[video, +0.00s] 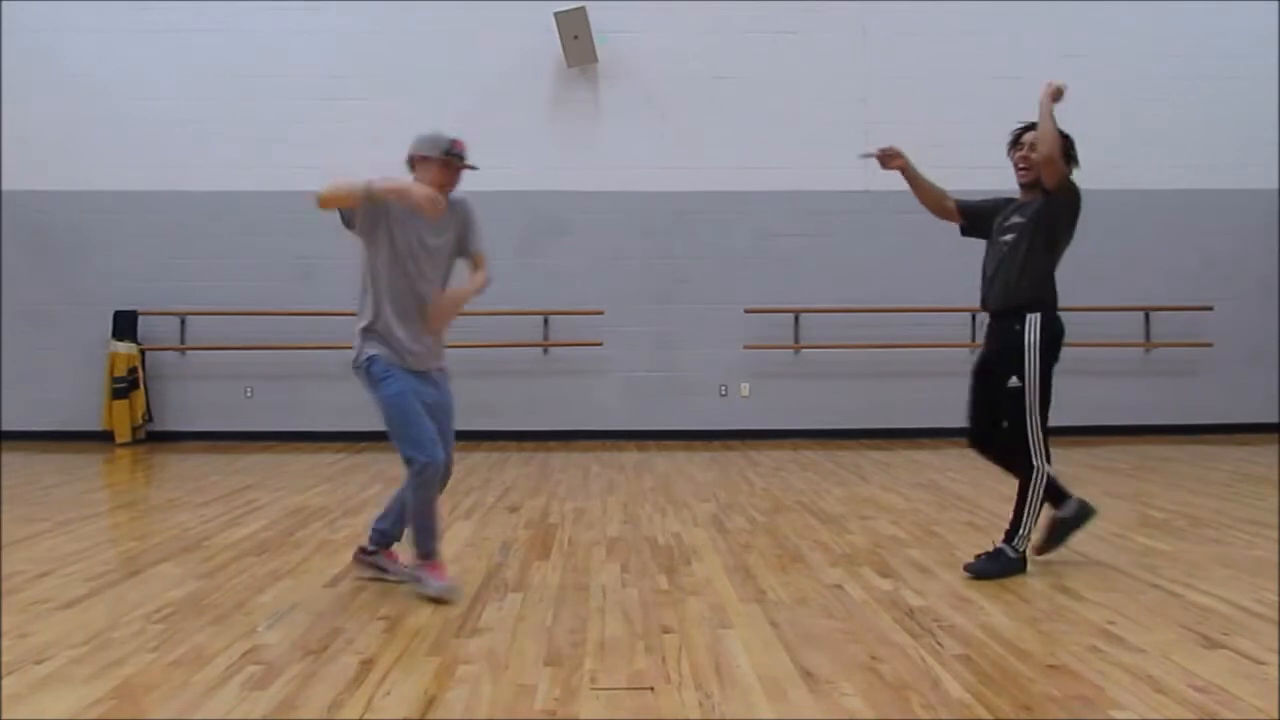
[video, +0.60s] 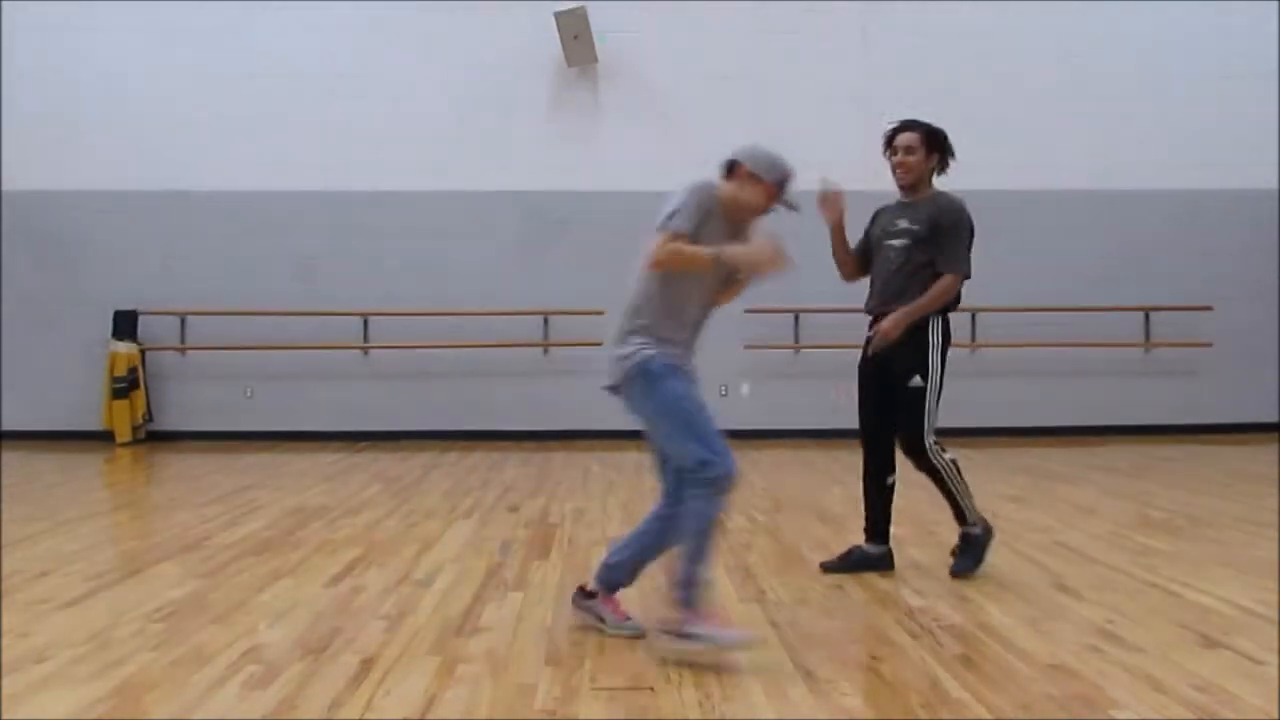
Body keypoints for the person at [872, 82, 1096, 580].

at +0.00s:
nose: (1023, 156)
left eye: (1033, 150)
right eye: (1019, 150)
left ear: (1057, 162)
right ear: (1011, 162)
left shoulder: (1060, 206)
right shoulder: (1004, 210)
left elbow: (1050, 159)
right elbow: (946, 208)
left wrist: (1046, 105)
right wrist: (906, 169)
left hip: (1034, 325)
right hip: (1001, 327)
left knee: (1030, 430)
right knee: (983, 432)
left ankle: (1014, 548)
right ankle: (1065, 504)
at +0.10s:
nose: (1001, 156)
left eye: (1011, 149)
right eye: (997, 149)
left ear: (1035, 157)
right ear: (992, 158)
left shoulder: (1044, 204)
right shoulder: (982, 209)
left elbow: (1029, 161)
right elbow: (927, 202)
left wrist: (1014, 97)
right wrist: (902, 150)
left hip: (1020, 327)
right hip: (983, 327)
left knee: (1019, 437)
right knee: (954, 430)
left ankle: (1016, 545)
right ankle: (1004, 523)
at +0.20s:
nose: (975, 156)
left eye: (987, 147)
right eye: (974, 149)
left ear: (1015, 160)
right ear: (975, 162)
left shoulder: (1027, 205)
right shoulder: (964, 211)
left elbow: (1004, 181)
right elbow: (908, 199)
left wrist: (971, 128)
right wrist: (909, 137)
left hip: (1004, 328)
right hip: (965, 329)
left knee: (1009, 441)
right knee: (938, 431)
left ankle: (1012, 549)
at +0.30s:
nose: (958, 162)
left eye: (969, 153)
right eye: (953, 156)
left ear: (994, 162)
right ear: (949, 164)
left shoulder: (1008, 206)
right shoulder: (942, 212)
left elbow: (993, 231)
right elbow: (890, 203)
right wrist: (909, 143)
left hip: (988, 332)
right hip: (947, 332)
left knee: (1001, 444)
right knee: (919, 436)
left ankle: (1011, 549)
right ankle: (885, 540)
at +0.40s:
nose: (937, 164)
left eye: (947, 156)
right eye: (932, 158)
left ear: (972, 164)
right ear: (926, 167)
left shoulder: (986, 212)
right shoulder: (923, 216)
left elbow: (976, 263)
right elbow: (868, 216)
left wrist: (913, 260)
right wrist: (891, 158)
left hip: (965, 335)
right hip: (922, 335)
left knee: (977, 442)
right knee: (896, 438)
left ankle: (1008, 547)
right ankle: (876, 544)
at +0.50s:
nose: (918, 162)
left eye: (928, 153)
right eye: (913, 154)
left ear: (952, 162)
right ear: (908, 163)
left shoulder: (966, 215)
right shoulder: (903, 217)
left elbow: (962, 278)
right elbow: (853, 242)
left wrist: (901, 300)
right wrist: (864, 185)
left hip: (940, 335)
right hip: (898, 336)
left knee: (946, 442)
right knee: (883, 442)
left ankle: (1000, 538)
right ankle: (877, 544)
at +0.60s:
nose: (899, 160)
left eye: (910, 152)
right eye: (894, 153)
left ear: (934, 160)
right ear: (889, 161)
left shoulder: (949, 212)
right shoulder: (883, 216)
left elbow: (951, 283)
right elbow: (851, 270)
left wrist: (903, 318)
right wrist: (836, 226)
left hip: (922, 333)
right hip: (881, 333)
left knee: (918, 442)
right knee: (876, 443)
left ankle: (974, 528)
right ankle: (877, 545)